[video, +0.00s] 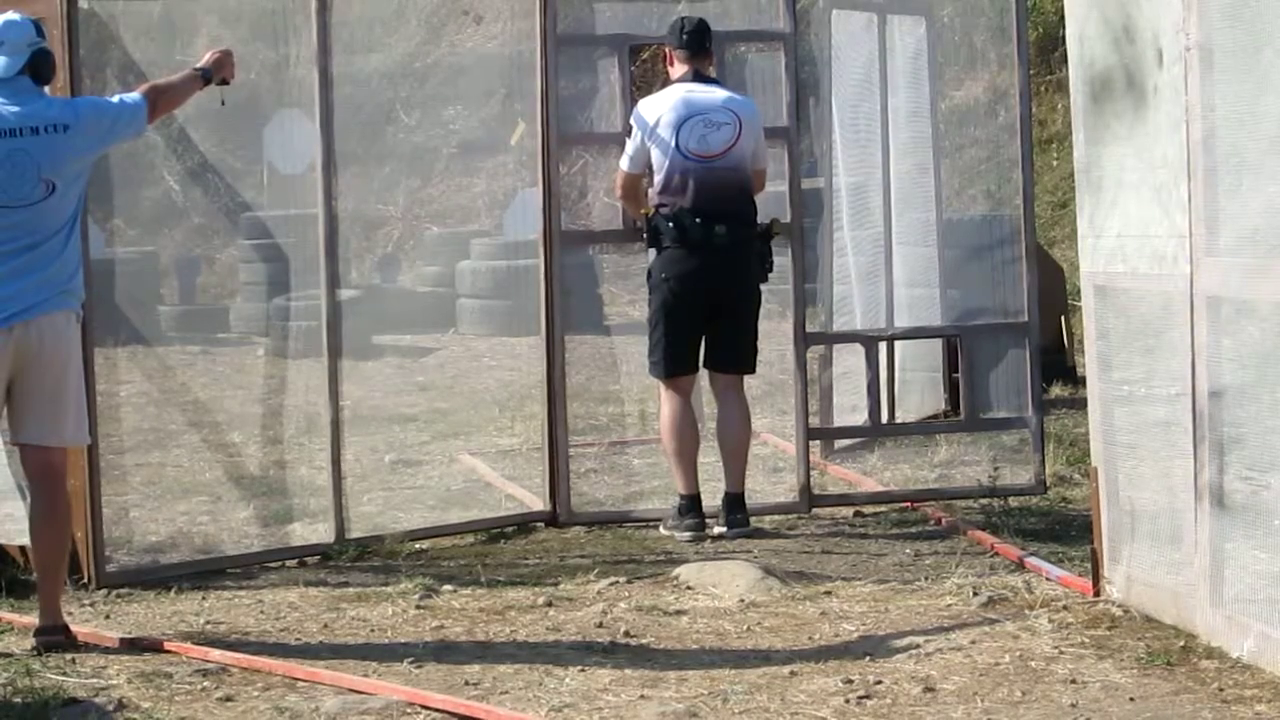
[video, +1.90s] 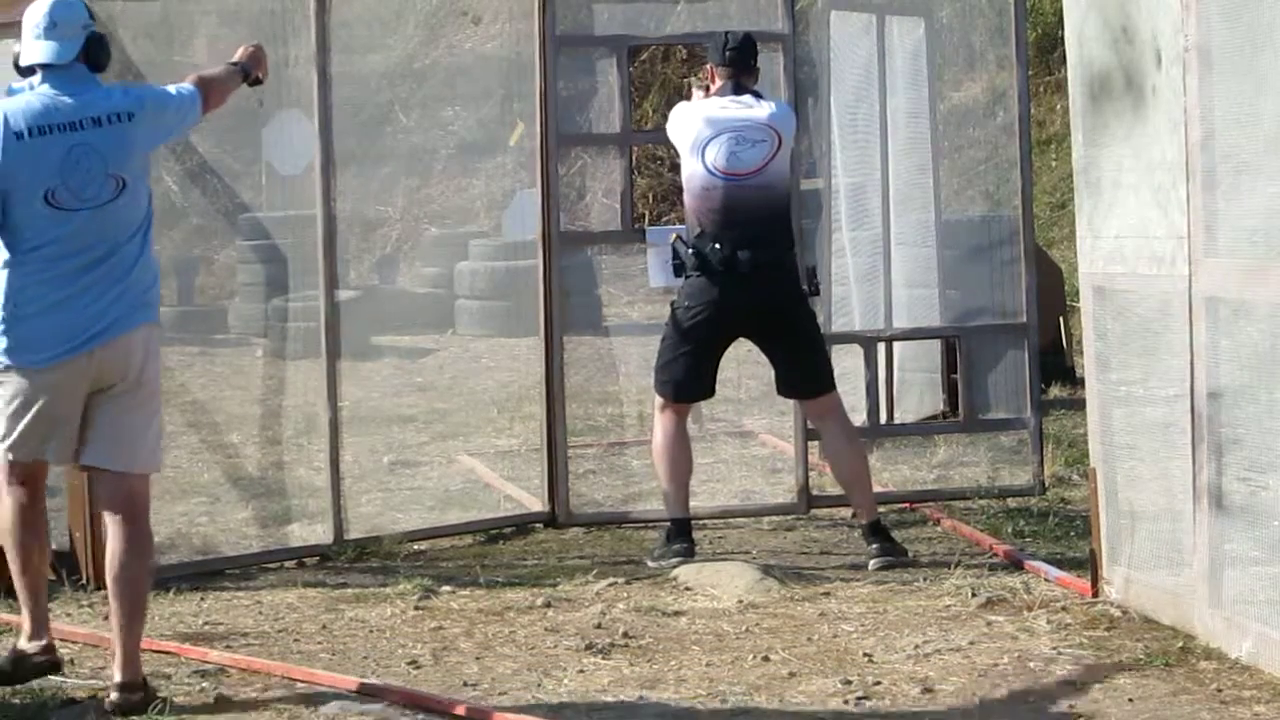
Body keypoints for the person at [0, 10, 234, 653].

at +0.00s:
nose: (51, 68)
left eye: (44, 59)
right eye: (48, 61)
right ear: (41, 65)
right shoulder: (63, 120)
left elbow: (147, 103)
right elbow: (149, 102)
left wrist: (196, 76)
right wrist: (204, 72)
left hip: (16, 315)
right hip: (41, 314)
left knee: (46, 471)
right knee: (47, 470)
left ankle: (49, 617)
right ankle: (50, 620)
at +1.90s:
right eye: (99, 51)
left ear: (27, 56)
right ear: (93, 52)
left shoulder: (6, 120)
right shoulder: (131, 108)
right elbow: (206, 92)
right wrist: (244, 64)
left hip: (34, 333)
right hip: (128, 324)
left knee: (23, 483)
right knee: (126, 504)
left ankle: (34, 636)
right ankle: (128, 677)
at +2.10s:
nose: (113, 62)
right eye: (110, 50)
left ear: (36, 57)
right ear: (106, 51)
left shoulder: (11, 124)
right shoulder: (144, 108)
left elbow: (5, 239)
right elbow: (217, 89)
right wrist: (252, 61)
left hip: (49, 340)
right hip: (143, 330)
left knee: (60, 504)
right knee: (135, 506)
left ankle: (103, 639)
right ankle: (130, 673)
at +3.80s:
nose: (221, 57)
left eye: (222, 45)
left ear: (219, 47)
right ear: (294, 38)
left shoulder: (204, 112)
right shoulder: (338, 99)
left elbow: (175, 247)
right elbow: (368, 78)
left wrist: (153, 349)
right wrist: (377, 43)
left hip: (243, 353)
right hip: (340, 340)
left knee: (245, 536)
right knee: (330, 528)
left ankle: (284, 701)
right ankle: (336, 702)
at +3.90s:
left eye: (216, 46)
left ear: (214, 48)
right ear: (289, 40)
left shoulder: (198, 115)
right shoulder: (333, 99)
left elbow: (171, 250)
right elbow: (366, 70)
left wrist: (152, 351)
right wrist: (374, 37)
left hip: (242, 356)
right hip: (338, 341)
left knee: (253, 543)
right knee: (330, 533)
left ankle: (286, 710)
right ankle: (335, 704)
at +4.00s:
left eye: (207, 47)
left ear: (207, 49)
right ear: (281, 40)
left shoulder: (191, 115)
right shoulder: (326, 98)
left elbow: (165, 252)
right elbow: (361, 68)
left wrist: (148, 354)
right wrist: (371, 34)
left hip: (238, 357)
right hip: (334, 340)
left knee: (257, 545)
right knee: (327, 533)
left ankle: (288, 711)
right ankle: (334, 704)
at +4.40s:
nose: (181, 64)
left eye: (178, 51)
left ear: (180, 52)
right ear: (256, 39)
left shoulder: (166, 117)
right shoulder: (307, 93)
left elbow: (140, 257)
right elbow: (339, 63)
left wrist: (124, 361)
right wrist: (350, 31)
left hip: (222, 361)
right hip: (322, 341)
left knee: (251, 547)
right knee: (321, 535)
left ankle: (286, 710)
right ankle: (335, 706)